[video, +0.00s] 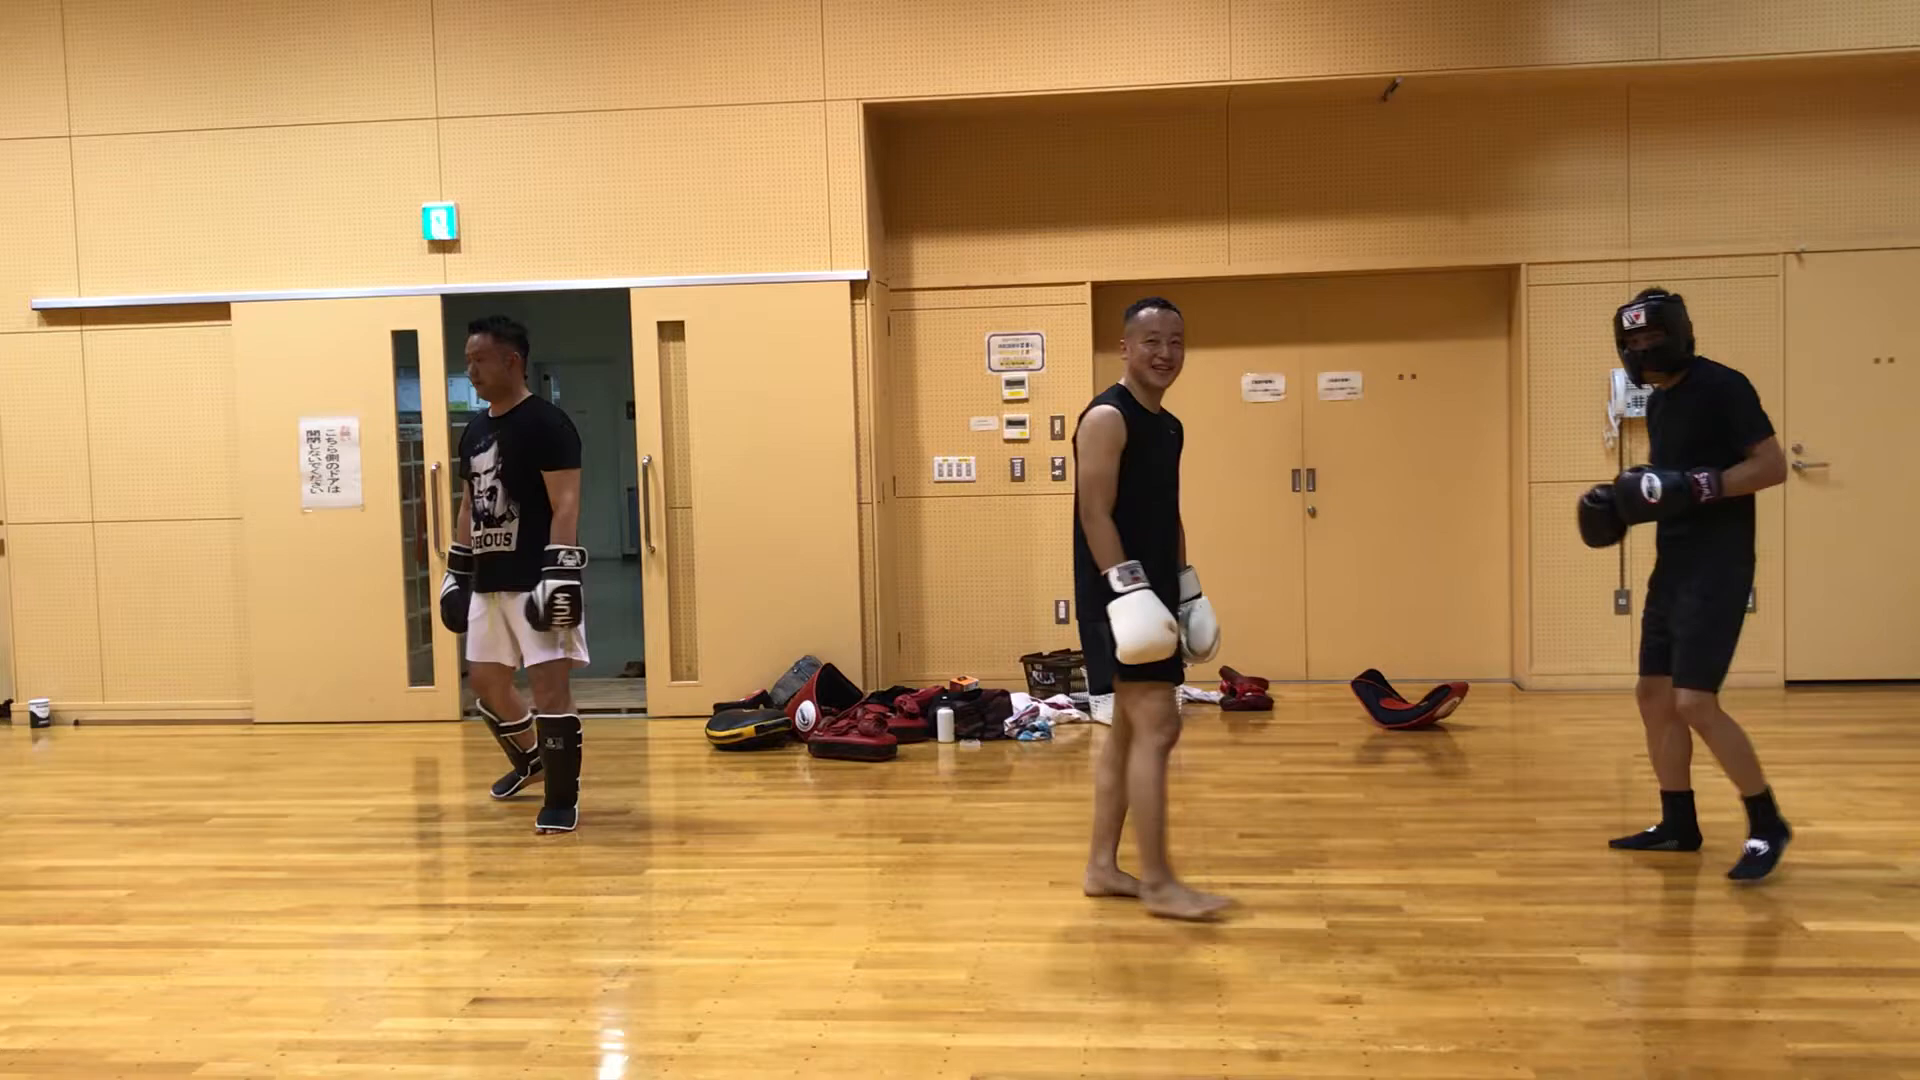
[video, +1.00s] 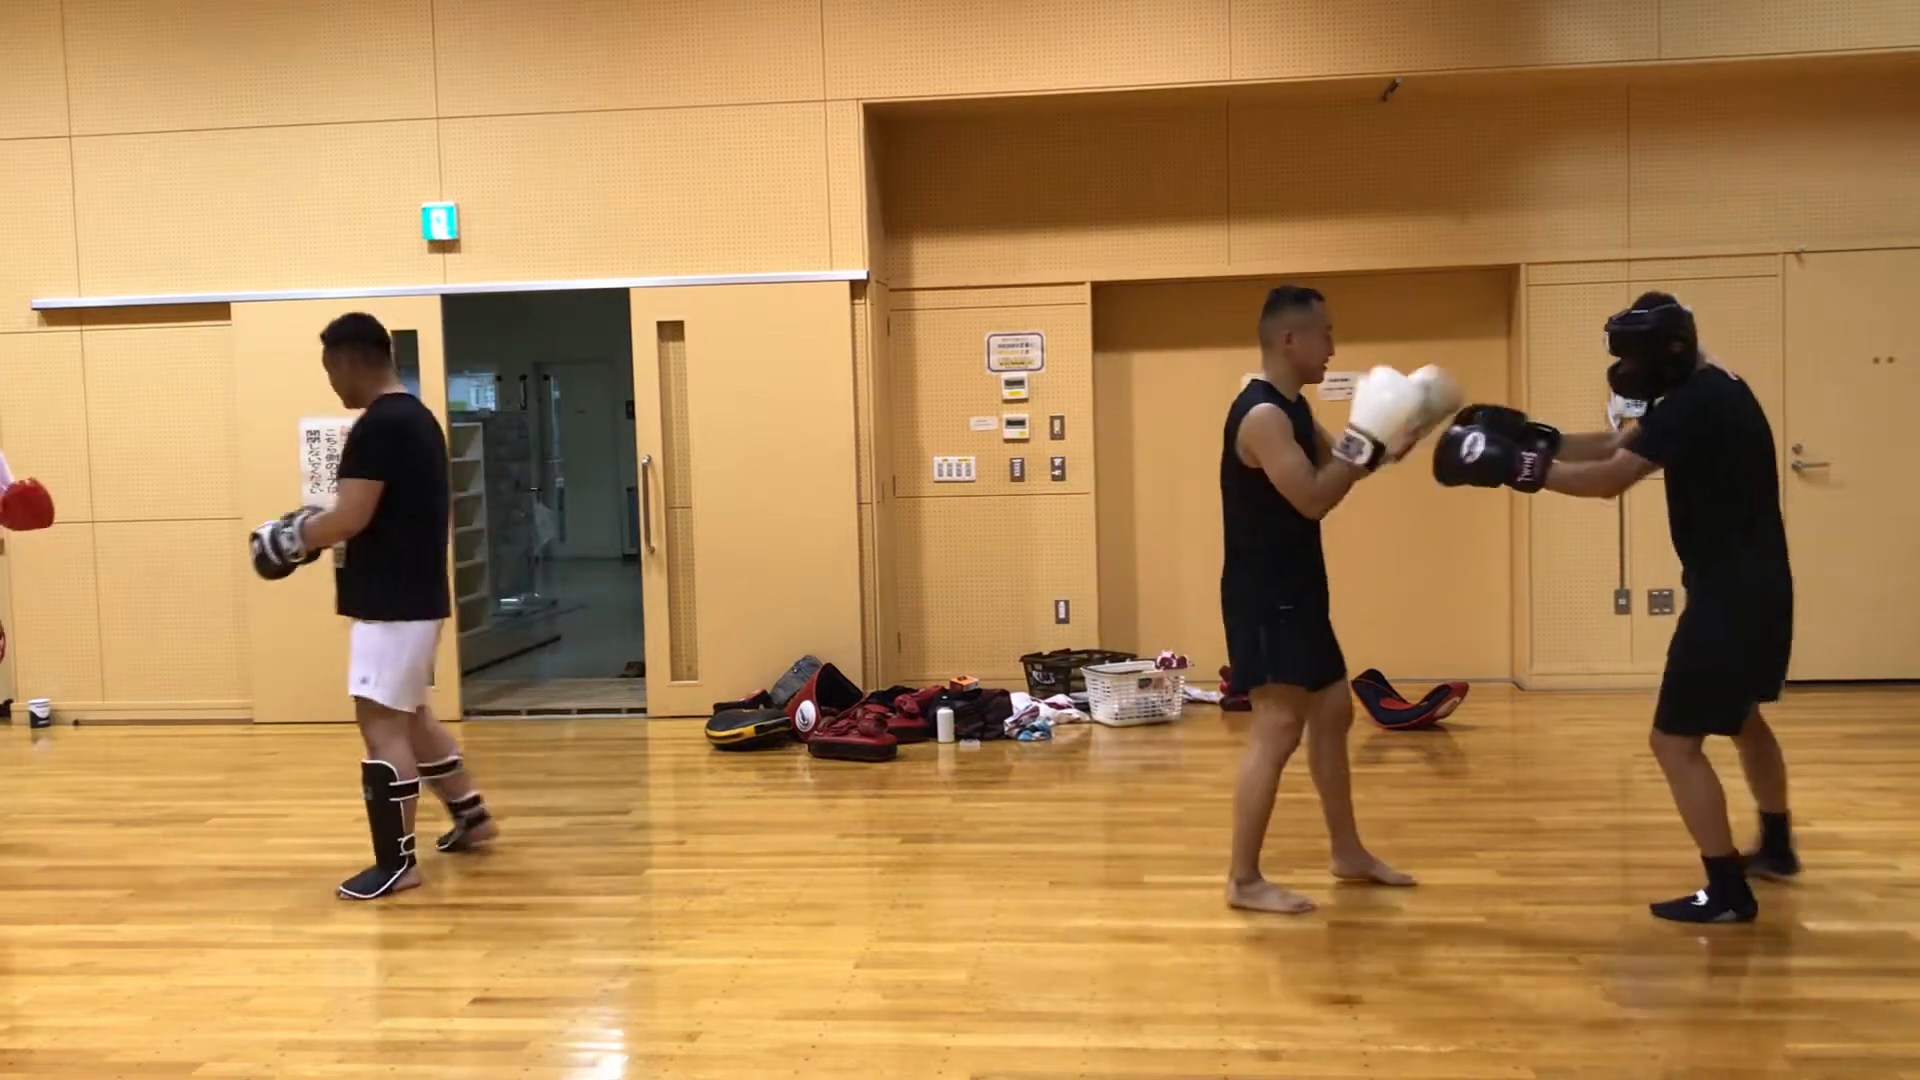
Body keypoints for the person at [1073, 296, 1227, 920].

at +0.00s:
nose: (1164, 352)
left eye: (1175, 342)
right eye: (1151, 340)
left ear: (1184, 351)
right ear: (1124, 347)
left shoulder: (1167, 427)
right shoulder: (1105, 419)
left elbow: (1169, 516)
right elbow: (1093, 512)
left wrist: (1190, 591)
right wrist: (1129, 592)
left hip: (1155, 590)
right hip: (1118, 594)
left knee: (1124, 730)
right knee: (1156, 727)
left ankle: (1102, 866)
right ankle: (1158, 882)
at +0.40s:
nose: (1231, 347)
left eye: (1237, 337)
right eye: (1218, 337)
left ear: (1240, 343)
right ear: (1183, 343)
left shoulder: (1211, 414)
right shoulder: (1178, 420)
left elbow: (1216, 517)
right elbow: (1168, 522)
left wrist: (1238, 594)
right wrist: (1195, 608)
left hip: (1202, 600)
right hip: (1192, 604)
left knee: (1174, 729)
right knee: (1221, 735)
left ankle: (1112, 852)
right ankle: (1240, 879)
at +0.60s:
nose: (1289, 350)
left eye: (1287, 338)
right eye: (1281, 340)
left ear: (1245, 346)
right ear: (1246, 346)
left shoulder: (1233, 412)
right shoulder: (1226, 423)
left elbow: (1240, 518)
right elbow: (1208, 525)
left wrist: (1280, 574)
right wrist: (1250, 604)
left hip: (1232, 598)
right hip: (1220, 604)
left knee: (1254, 720)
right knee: (1237, 731)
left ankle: (1159, 833)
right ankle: (1241, 880)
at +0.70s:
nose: (1299, 351)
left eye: (1298, 339)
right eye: (1291, 339)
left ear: (1254, 344)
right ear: (1258, 343)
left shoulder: (1238, 409)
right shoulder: (1237, 420)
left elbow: (1246, 513)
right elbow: (1222, 521)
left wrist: (1297, 554)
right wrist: (1276, 588)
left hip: (1241, 594)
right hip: (1228, 599)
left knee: (1277, 714)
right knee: (1244, 730)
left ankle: (1195, 835)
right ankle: (1241, 880)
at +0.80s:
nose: (1311, 348)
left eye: (1310, 336)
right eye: (1304, 336)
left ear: (1266, 341)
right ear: (1271, 341)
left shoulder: (1251, 408)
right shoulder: (1251, 417)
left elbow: (1266, 506)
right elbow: (1251, 520)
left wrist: (1323, 527)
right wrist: (1323, 554)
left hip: (1261, 596)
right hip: (1244, 601)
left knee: (1297, 709)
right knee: (1260, 724)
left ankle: (1257, 854)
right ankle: (1242, 880)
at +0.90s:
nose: (1320, 347)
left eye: (1319, 335)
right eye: (1313, 335)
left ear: (1276, 341)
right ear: (1279, 339)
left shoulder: (1264, 409)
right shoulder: (1260, 417)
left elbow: (1293, 493)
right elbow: (1280, 515)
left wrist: (1351, 485)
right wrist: (1354, 502)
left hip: (1276, 603)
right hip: (1258, 607)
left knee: (1313, 711)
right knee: (1264, 727)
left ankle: (1320, 853)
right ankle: (1243, 881)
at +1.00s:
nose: (1330, 348)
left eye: (1330, 336)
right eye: (1323, 335)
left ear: (1288, 341)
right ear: (1287, 339)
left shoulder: (1290, 408)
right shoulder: (1262, 415)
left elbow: (1343, 466)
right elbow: (1313, 500)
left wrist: (1401, 434)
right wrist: (1361, 442)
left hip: (1297, 595)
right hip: (1266, 598)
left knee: (1332, 711)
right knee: (1276, 725)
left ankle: (1348, 853)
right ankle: (1243, 879)